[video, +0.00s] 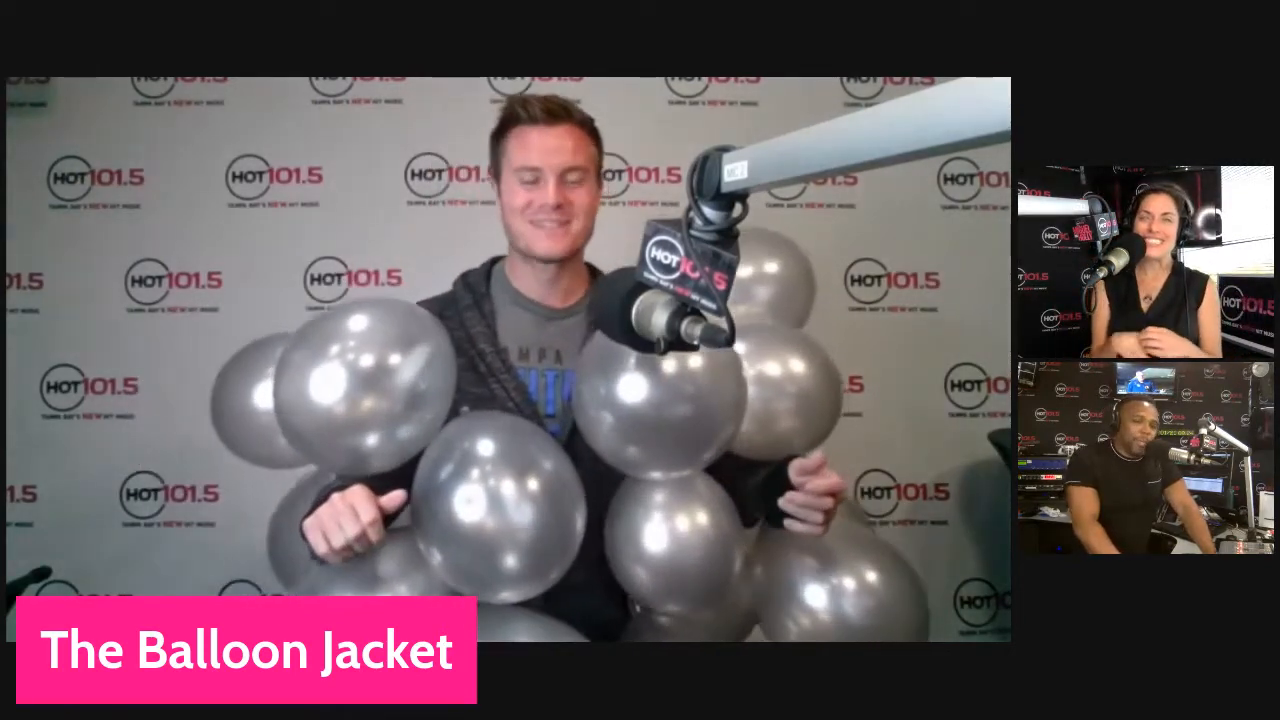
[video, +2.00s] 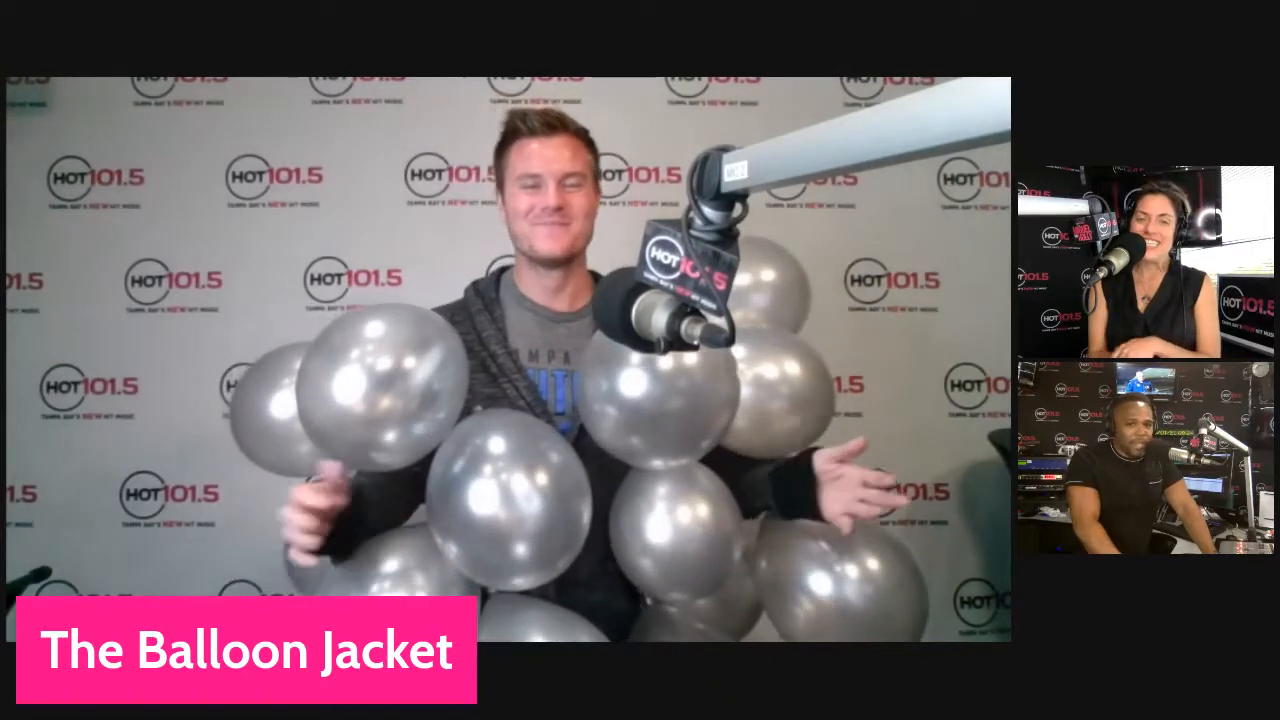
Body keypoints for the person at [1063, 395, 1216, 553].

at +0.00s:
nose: (1146, 430)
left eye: (1152, 424)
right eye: (1137, 421)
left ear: (1157, 430)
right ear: (1117, 422)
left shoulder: (1157, 457)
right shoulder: (1086, 459)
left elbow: (1186, 508)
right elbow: (1085, 524)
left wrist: (1210, 552)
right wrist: (1117, 560)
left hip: (1142, 555)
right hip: (1096, 557)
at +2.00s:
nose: (1141, 432)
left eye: (1147, 424)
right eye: (1131, 424)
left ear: (1153, 428)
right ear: (1112, 427)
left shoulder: (1158, 458)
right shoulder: (1087, 460)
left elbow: (1187, 508)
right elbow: (1086, 524)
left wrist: (1211, 552)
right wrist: (1118, 561)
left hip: (1143, 557)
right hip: (1098, 557)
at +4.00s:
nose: (1137, 431)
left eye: (1144, 424)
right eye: (1127, 423)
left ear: (1153, 429)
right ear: (1111, 427)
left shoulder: (1158, 458)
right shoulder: (1088, 461)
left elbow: (1188, 509)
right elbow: (1086, 525)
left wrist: (1211, 553)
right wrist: (1120, 566)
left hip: (1143, 557)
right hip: (1098, 559)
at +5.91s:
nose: (1138, 430)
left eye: (1145, 424)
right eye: (1128, 422)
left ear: (1152, 429)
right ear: (1112, 427)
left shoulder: (1159, 458)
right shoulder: (1088, 461)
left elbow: (1187, 508)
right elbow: (1085, 525)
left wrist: (1211, 553)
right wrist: (1120, 565)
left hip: (1142, 557)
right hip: (1097, 558)